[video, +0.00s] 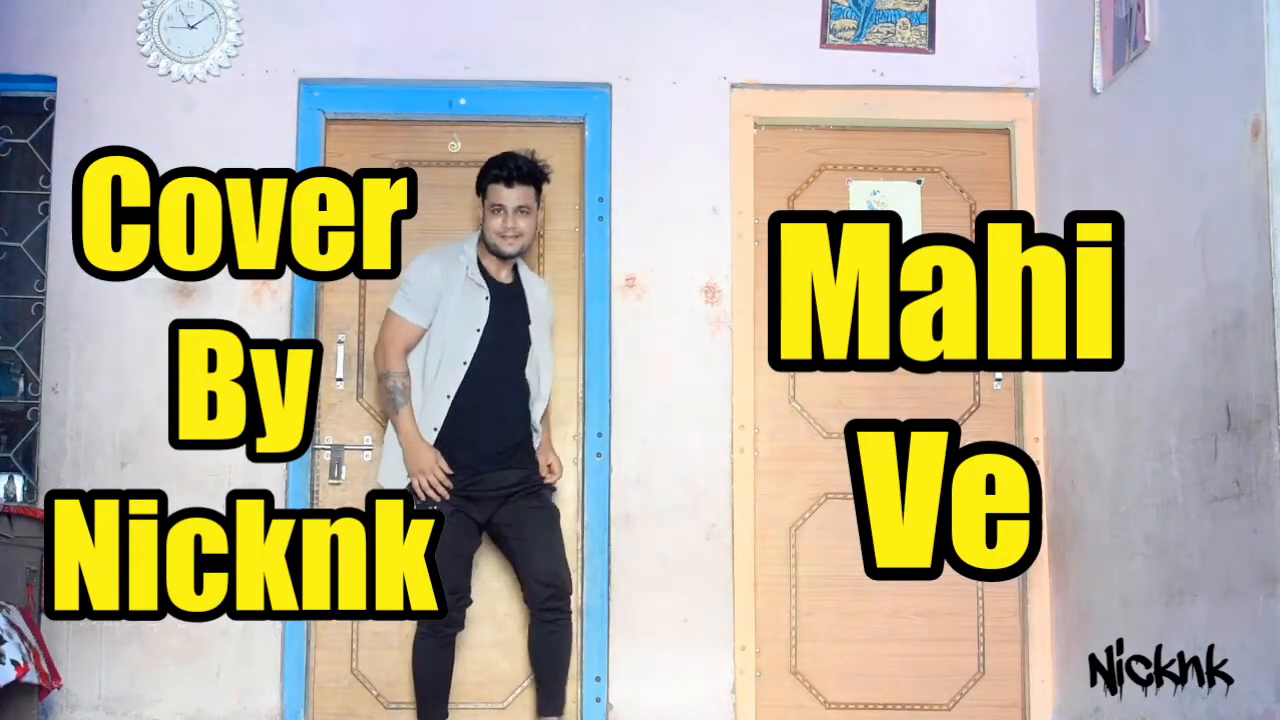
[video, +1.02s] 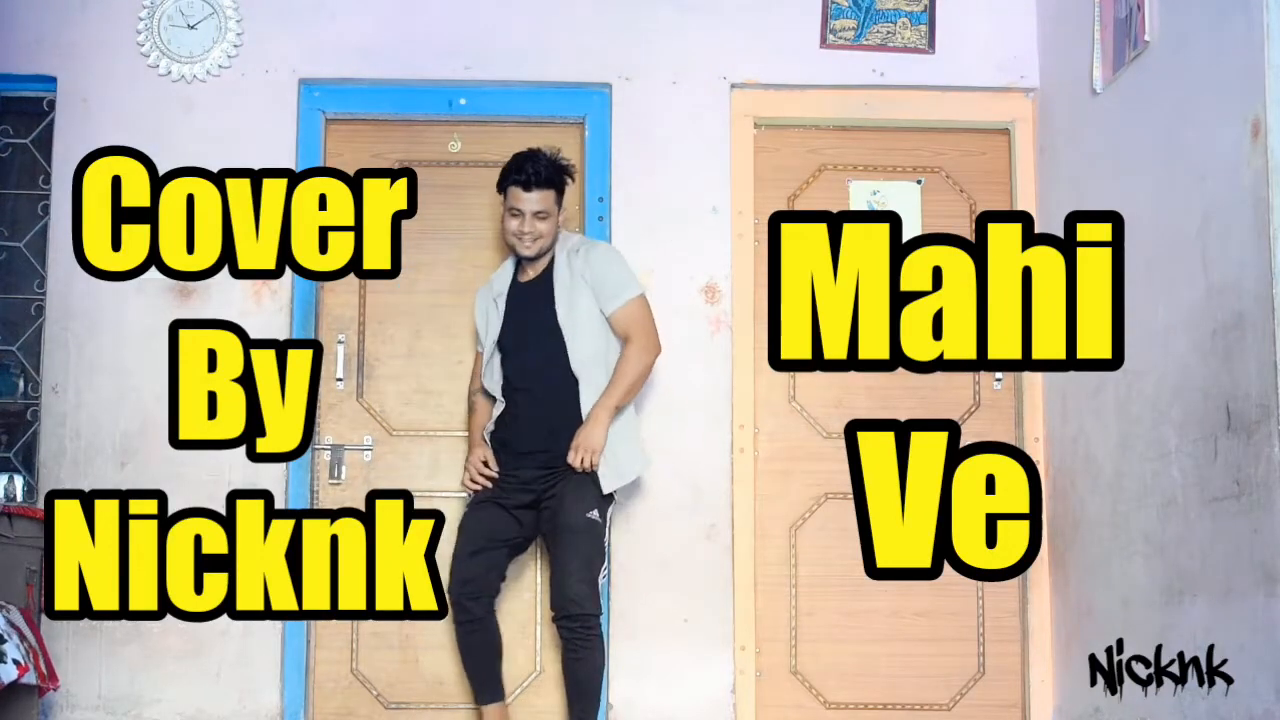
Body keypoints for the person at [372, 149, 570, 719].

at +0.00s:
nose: (510, 224)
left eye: (523, 212)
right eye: (499, 210)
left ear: (538, 218)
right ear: (480, 212)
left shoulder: (539, 292)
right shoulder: (435, 271)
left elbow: (537, 377)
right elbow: (390, 354)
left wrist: (545, 442)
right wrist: (412, 444)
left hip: (519, 480)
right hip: (447, 481)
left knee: (553, 596)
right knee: (442, 613)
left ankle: (550, 716)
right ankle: (433, 719)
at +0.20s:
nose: (532, 215)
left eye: (543, 202)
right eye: (519, 203)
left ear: (559, 210)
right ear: (502, 210)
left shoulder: (580, 298)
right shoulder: (454, 268)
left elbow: (589, 384)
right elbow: (410, 352)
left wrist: (578, 446)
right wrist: (421, 434)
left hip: (538, 487)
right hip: (456, 485)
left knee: (556, 615)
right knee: (448, 616)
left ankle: (579, 719)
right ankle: (434, 718)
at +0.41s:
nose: (560, 215)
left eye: (573, 203)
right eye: (548, 204)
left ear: (590, 211)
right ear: (531, 210)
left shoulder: (609, 289)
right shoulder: (486, 269)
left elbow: (648, 383)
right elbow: (452, 356)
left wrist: (609, 445)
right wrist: (455, 431)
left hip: (572, 488)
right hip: (492, 483)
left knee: (577, 616)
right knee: (466, 612)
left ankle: (584, 719)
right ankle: (449, 716)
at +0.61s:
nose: (562, 209)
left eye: (574, 197)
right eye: (549, 197)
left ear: (591, 202)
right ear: (532, 204)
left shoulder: (617, 281)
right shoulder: (503, 268)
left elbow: (655, 370)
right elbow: (480, 360)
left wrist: (605, 436)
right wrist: (476, 430)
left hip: (577, 481)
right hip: (504, 477)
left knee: (576, 610)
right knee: (481, 602)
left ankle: (583, 717)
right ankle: (498, 713)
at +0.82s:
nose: (550, 208)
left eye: (562, 196)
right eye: (537, 196)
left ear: (580, 200)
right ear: (522, 202)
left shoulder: (609, 270)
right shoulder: (500, 270)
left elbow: (649, 356)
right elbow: (487, 361)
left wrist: (597, 420)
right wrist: (480, 432)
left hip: (572, 470)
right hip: (505, 471)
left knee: (572, 610)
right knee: (500, 609)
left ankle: (582, 717)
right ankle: (509, 715)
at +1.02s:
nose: (526, 228)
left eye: (541, 215)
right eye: (515, 214)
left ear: (561, 213)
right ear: (502, 212)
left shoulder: (594, 261)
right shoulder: (492, 293)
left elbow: (644, 341)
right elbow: (485, 384)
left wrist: (600, 417)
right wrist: (476, 439)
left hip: (575, 469)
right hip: (506, 475)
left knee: (576, 610)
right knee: (467, 593)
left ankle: (584, 719)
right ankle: (493, 714)